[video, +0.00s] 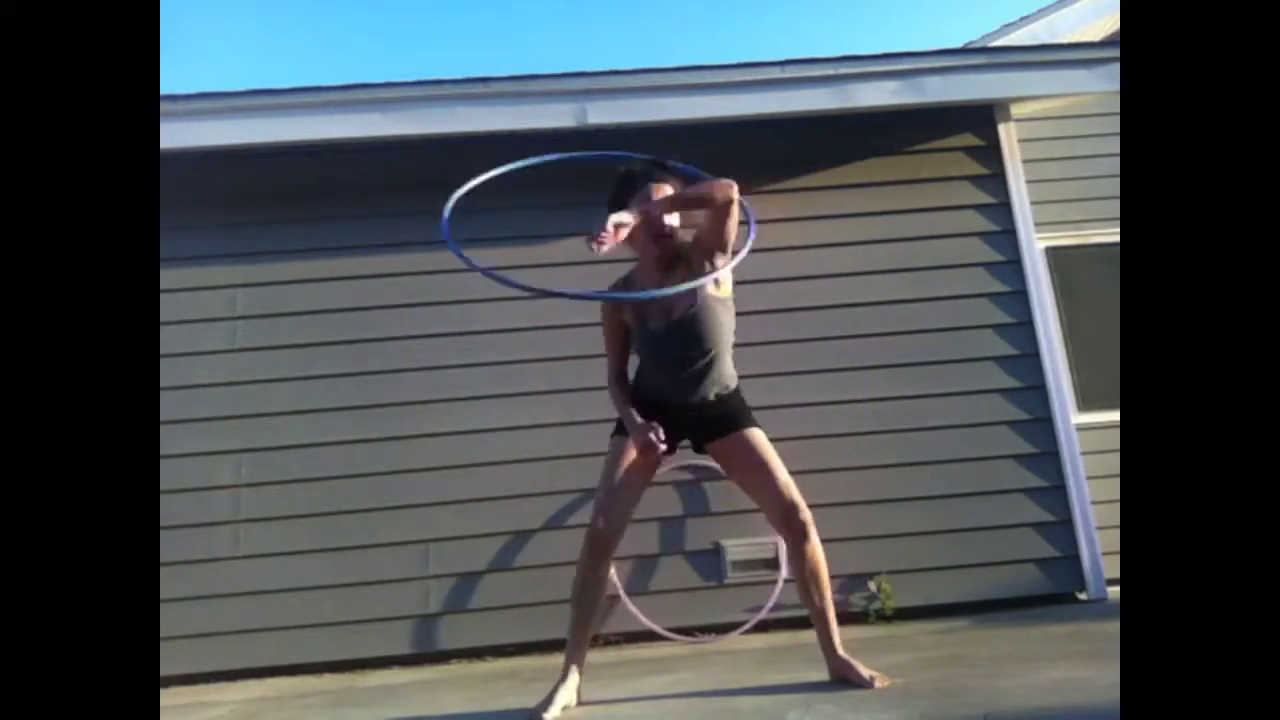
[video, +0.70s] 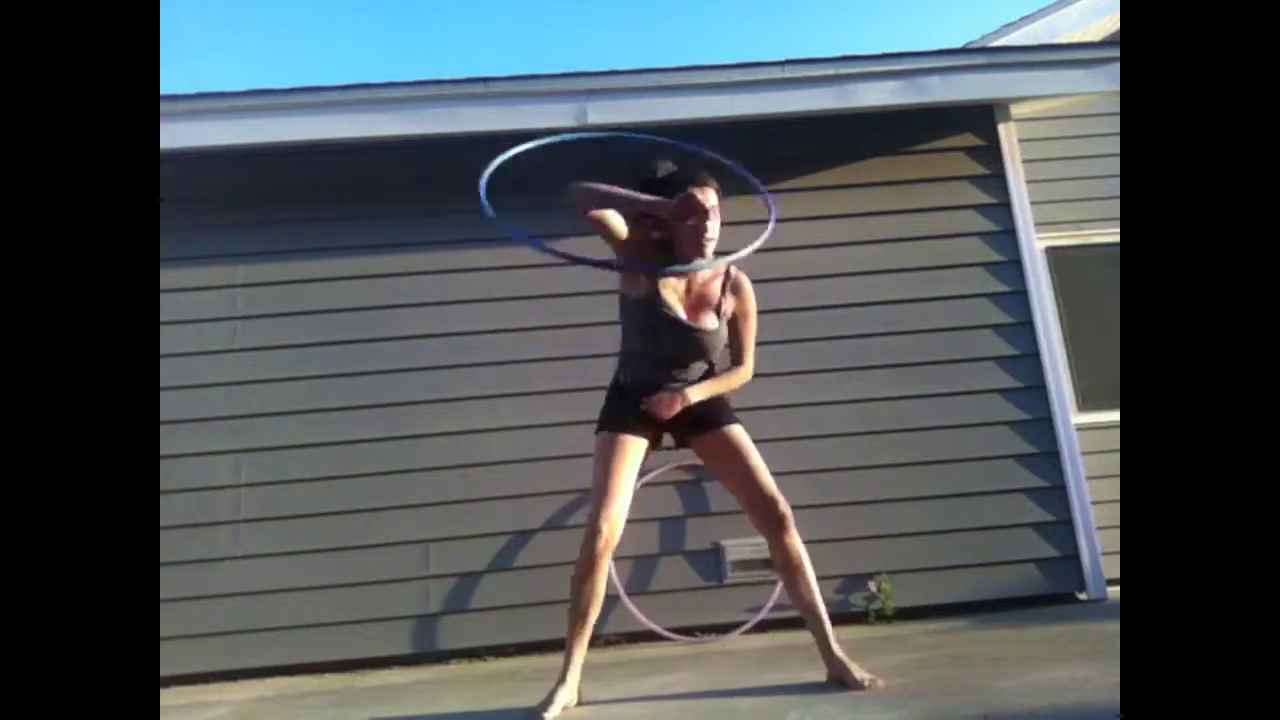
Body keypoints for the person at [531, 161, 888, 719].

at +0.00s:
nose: (662, 220)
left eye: (669, 207)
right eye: (646, 211)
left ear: (684, 212)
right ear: (626, 227)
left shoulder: (709, 258)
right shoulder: (620, 298)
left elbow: (727, 192)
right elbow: (617, 377)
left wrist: (647, 210)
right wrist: (634, 421)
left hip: (721, 409)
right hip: (653, 415)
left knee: (797, 519)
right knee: (601, 533)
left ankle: (835, 655)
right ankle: (570, 674)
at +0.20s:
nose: (638, 230)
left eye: (645, 222)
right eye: (625, 219)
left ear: (654, 231)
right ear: (594, 230)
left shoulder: (665, 280)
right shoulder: (574, 299)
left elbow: (702, 269)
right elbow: (571, 366)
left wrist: (621, 250)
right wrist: (596, 411)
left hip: (686, 403)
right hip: (618, 414)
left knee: (764, 520)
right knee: (589, 537)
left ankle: (835, 655)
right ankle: (569, 680)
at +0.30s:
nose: (633, 240)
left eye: (640, 230)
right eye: (619, 230)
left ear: (647, 234)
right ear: (584, 237)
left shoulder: (665, 291)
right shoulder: (558, 300)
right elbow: (546, 371)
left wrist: (620, 296)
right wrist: (594, 394)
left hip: (671, 405)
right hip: (603, 413)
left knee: (753, 518)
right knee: (578, 537)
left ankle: (833, 655)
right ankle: (568, 681)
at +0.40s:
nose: (635, 243)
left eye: (641, 232)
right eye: (621, 234)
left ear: (648, 234)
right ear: (586, 240)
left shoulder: (663, 297)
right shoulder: (558, 291)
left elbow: (664, 396)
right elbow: (545, 380)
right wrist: (584, 355)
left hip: (662, 407)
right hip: (596, 411)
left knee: (748, 520)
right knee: (571, 542)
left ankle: (830, 656)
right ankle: (568, 680)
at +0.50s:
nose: (649, 235)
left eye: (655, 223)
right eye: (635, 225)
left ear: (663, 226)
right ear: (606, 233)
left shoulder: (680, 293)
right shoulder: (575, 280)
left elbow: (693, 388)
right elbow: (544, 342)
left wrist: (644, 427)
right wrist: (587, 284)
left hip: (668, 411)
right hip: (600, 415)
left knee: (753, 518)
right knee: (568, 543)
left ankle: (828, 657)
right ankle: (567, 682)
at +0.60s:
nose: (676, 225)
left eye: (682, 215)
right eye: (662, 216)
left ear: (689, 220)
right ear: (635, 223)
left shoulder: (704, 285)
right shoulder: (605, 262)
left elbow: (722, 375)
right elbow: (539, 262)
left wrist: (663, 412)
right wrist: (602, 229)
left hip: (683, 409)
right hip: (612, 408)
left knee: (760, 514)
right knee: (583, 537)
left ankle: (828, 655)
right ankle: (566, 683)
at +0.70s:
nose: (705, 226)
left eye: (712, 216)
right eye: (693, 217)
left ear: (721, 222)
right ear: (668, 223)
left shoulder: (734, 284)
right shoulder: (639, 256)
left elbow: (742, 369)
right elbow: (580, 197)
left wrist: (687, 394)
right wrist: (652, 208)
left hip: (705, 403)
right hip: (634, 400)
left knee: (777, 514)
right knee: (598, 537)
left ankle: (833, 656)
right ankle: (568, 681)